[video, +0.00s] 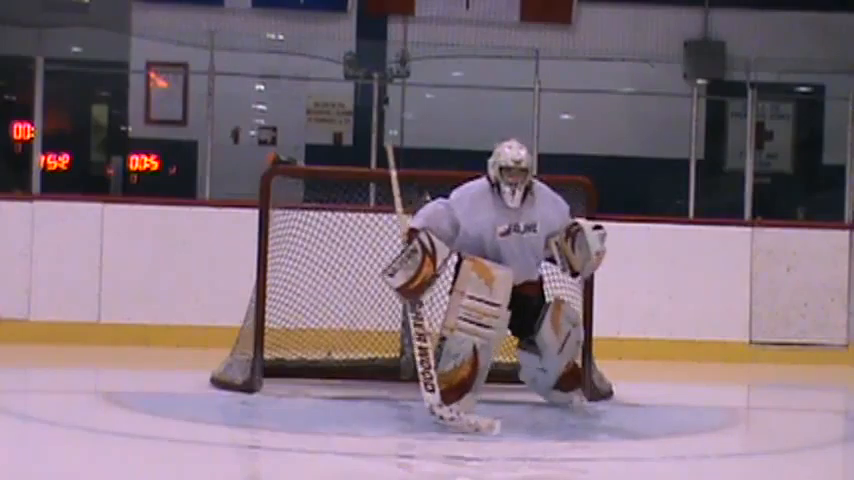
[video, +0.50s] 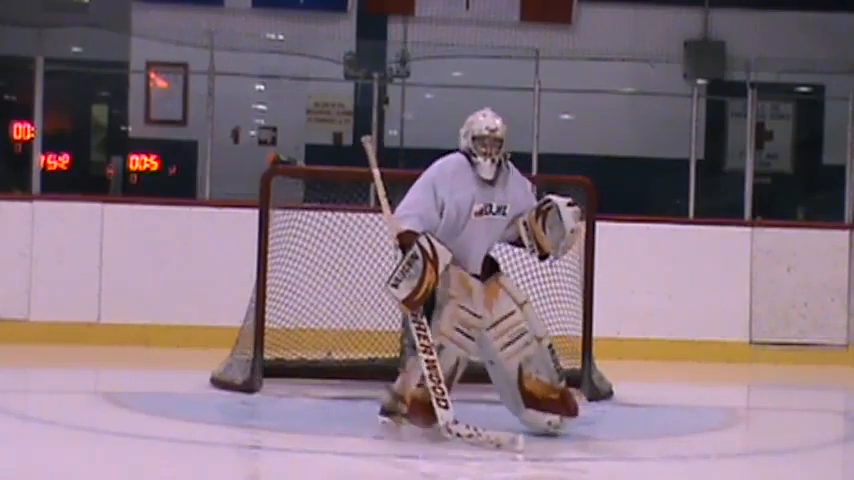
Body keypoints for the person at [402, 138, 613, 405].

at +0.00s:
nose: (514, 181)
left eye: (520, 175)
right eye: (508, 174)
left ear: (530, 175)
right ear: (494, 172)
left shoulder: (546, 203)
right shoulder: (470, 199)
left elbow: (559, 245)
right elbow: (433, 224)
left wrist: (580, 246)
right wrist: (420, 253)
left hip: (526, 285)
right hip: (478, 284)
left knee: (547, 338)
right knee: (468, 339)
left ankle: (556, 387)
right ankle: (451, 399)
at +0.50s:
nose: (488, 150)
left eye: (495, 144)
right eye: (482, 142)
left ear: (503, 146)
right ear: (467, 142)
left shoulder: (514, 182)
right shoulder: (447, 172)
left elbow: (516, 230)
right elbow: (407, 219)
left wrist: (547, 228)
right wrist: (420, 258)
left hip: (482, 268)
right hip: (441, 266)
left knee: (516, 331)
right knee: (445, 339)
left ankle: (541, 403)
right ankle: (414, 401)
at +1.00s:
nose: (433, 140)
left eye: (439, 132)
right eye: (429, 133)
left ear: (461, 131)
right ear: (426, 131)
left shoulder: (492, 164)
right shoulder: (415, 168)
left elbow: (533, 210)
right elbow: (389, 220)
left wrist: (518, 229)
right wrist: (359, 252)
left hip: (494, 266)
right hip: (436, 268)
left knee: (490, 340)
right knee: (410, 333)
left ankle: (525, 412)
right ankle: (395, 406)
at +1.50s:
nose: (291, 170)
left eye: (294, 163)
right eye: (288, 164)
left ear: (310, 159)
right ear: (311, 158)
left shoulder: (337, 180)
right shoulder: (305, 195)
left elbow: (375, 229)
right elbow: (289, 227)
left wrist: (344, 256)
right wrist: (264, 250)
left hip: (393, 262)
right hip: (359, 269)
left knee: (391, 340)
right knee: (303, 306)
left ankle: (468, 388)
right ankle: (307, 375)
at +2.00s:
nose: (268, 143)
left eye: (273, 138)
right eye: (267, 137)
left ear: (292, 137)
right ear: (267, 136)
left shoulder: (325, 165)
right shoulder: (266, 169)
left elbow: (357, 206)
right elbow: (254, 218)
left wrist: (343, 234)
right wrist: (235, 249)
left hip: (333, 256)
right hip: (285, 257)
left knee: (311, 316)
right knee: (263, 310)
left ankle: (353, 385)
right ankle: (255, 377)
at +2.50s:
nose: (410, 175)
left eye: (417, 169)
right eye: (403, 167)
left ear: (429, 170)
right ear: (390, 166)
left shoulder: (444, 206)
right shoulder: (359, 189)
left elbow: (461, 254)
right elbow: (324, 230)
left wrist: (474, 244)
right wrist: (310, 266)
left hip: (405, 278)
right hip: (354, 271)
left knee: (423, 328)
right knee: (321, 324)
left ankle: (441, 391)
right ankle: (282, 374)